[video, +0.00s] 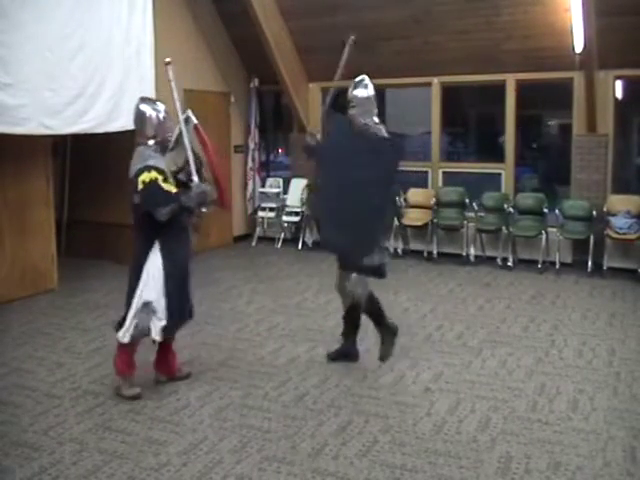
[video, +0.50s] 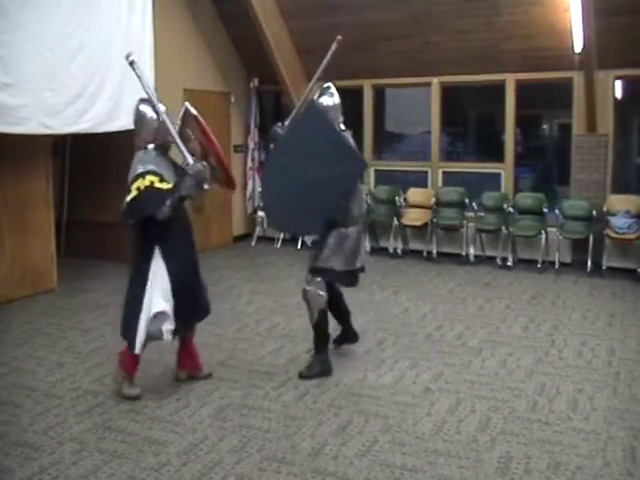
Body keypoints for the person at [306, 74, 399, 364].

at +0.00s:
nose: (358, 110)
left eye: (360, 105)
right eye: (356, 105)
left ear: (355, 108)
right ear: (356, 108)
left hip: (359, 219)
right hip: (351, 217)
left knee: (351, 283)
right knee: (349, 281)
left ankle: (386, 328)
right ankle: (349, 343)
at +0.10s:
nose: (344, 107)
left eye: (350, 102)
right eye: (342, 101)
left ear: (358, 105)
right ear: (337, 104)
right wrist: (302, 135)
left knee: (340, 280)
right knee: (338, 281)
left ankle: (353, 346)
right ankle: (348, 343)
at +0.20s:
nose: (335, 110)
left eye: (338, 104)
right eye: (335, 104)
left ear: (345, 108)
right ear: (341, 107)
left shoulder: (356, 139)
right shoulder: (339, 134)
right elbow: (315, 154)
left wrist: (298, 133)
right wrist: (297, 133)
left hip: (357, 219)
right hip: (341, 216)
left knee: (331, 282)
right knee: (336, 281)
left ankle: (324, 354)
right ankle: (347, 345)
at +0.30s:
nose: (331, 113)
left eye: (333, 108)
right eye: (330, 108)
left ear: (338, 113)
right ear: (334, 111)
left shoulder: (347, 140)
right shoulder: (329, 138)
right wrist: (292, 133)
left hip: (343, 222)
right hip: (329, 220)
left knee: (321, 285)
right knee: (325, 284)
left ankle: (322, 355)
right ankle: (345, 340)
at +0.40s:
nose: (322, 117)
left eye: (326, 111)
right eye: (320, 112)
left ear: (334, 113)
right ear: (323, 114)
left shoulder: (344, 141)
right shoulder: (323, 141)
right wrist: (288, 139)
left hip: (347, 222)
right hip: (329, 219)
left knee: (317, 285)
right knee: (321, 282)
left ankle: (322, 355)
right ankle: (344, 333)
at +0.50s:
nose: (322, 117)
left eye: (325, 111)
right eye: (319, 112)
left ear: (333, 113)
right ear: (319, 114)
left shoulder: (341, 141)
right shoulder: (320, 141)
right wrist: (284, 142)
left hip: (345, 224)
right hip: (328, 221)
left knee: (315, 286)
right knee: (324, 283)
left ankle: (321, 356)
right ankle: (348, 328)